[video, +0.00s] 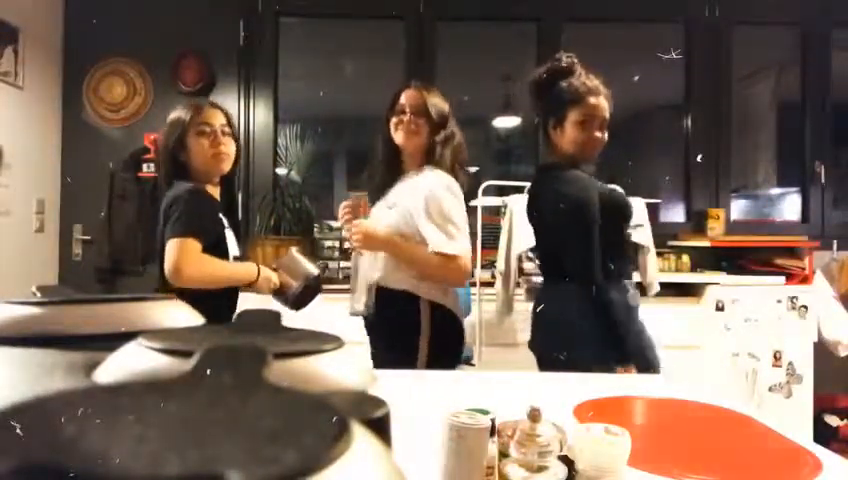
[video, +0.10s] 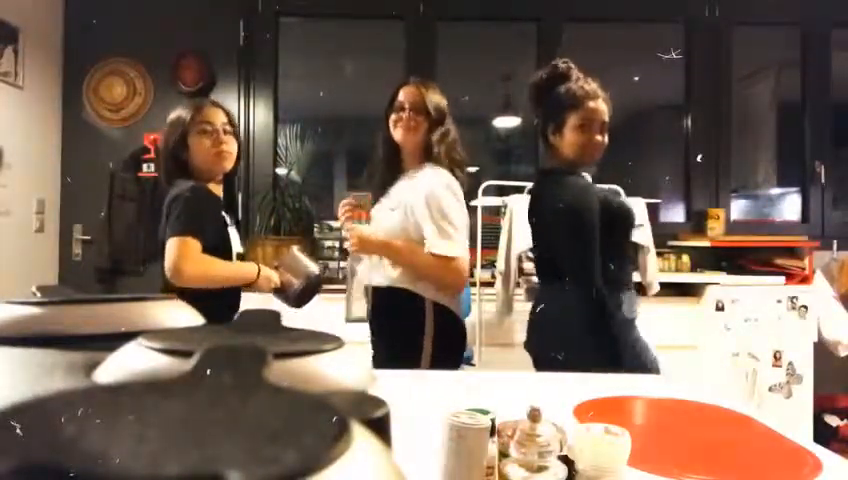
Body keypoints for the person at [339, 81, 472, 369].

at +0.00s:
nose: (405, 119)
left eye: (417, 113)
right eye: (399, 112)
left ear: (438, 127)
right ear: (390, 121)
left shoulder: (439, 185)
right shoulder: (403, 184)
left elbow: (458, 270)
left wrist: (385, 242)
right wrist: (362, 222)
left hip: (420, 316)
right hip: (390, 311)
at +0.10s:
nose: (404, 116)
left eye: (416, 110)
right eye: (398, 108)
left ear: (435, 122)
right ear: (389, 117)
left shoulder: (439, 184)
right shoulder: (404, 182)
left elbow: (455, 276)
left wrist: (383, 246)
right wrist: (363, 223)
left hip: (422, 318)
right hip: (393, 312)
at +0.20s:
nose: (407, 109)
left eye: (418, 103)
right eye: (401, 101)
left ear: (438, 114)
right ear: (392, 110)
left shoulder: (439, 173)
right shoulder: (405, 173)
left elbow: (460, 256)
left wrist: (385, 235)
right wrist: (362, 215)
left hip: (422, 311)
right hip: (392, 306)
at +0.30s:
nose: (407, 117)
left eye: (419, 111)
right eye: (401, 109)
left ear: (439, 122)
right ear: (392, 117)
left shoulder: (440, 180)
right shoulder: (404, 180)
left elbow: (458, 262)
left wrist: (384, 240)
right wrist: (363, 221)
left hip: (420, 314)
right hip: (392, 309)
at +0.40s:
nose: (405, 122)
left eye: (417, 117)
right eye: (400, 115)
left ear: (438, 128)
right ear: (392, 123)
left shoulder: (440, 192)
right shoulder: (401, 190)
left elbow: (457, 281)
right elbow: (402, 257)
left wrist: (383, 255)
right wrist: (361, 231)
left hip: (424, 318)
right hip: (393, 312)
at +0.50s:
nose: (407, 112)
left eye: (419, 107)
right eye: (402, 104)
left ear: (439, 117)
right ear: (393, 113)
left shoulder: (436, 178)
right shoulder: (405, 175)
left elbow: (460, 262)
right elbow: (404, 240)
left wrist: (384, 249)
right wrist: (364, 220)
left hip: (421, 311)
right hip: (393, 307)